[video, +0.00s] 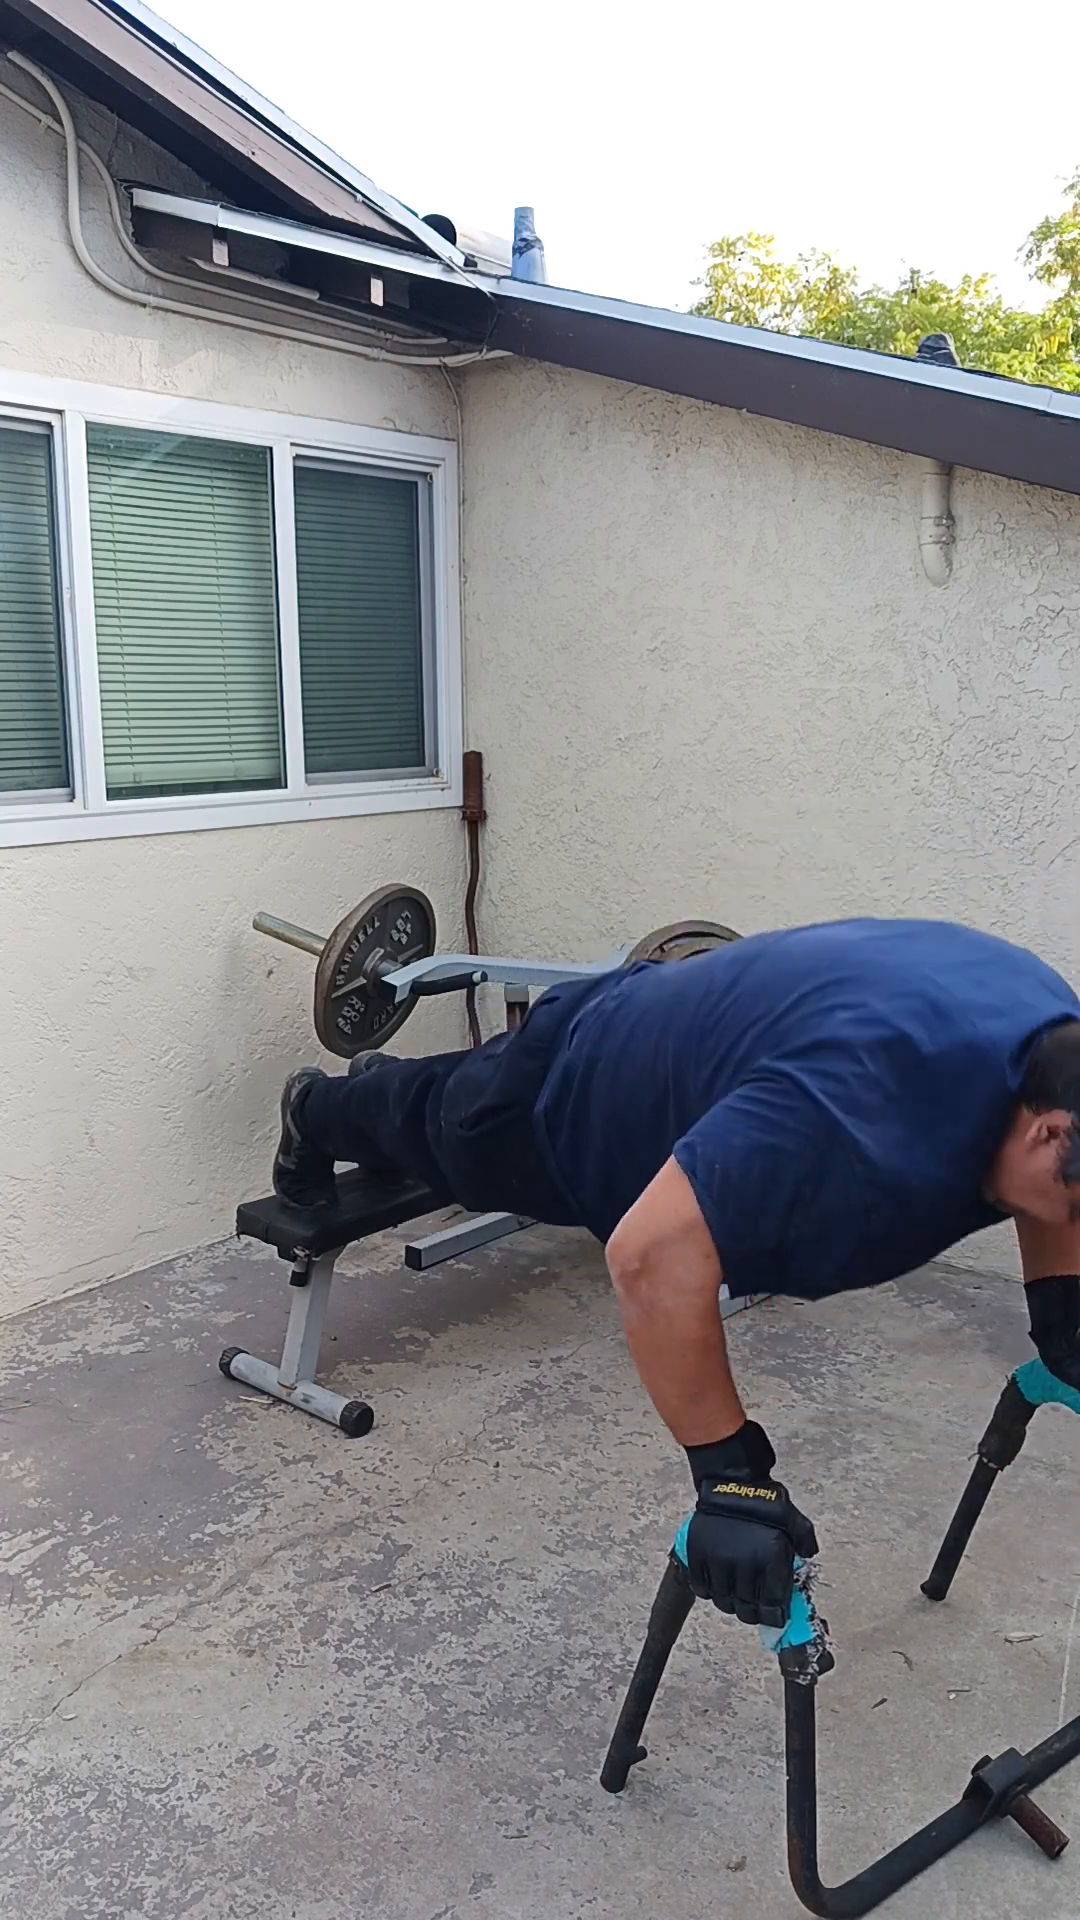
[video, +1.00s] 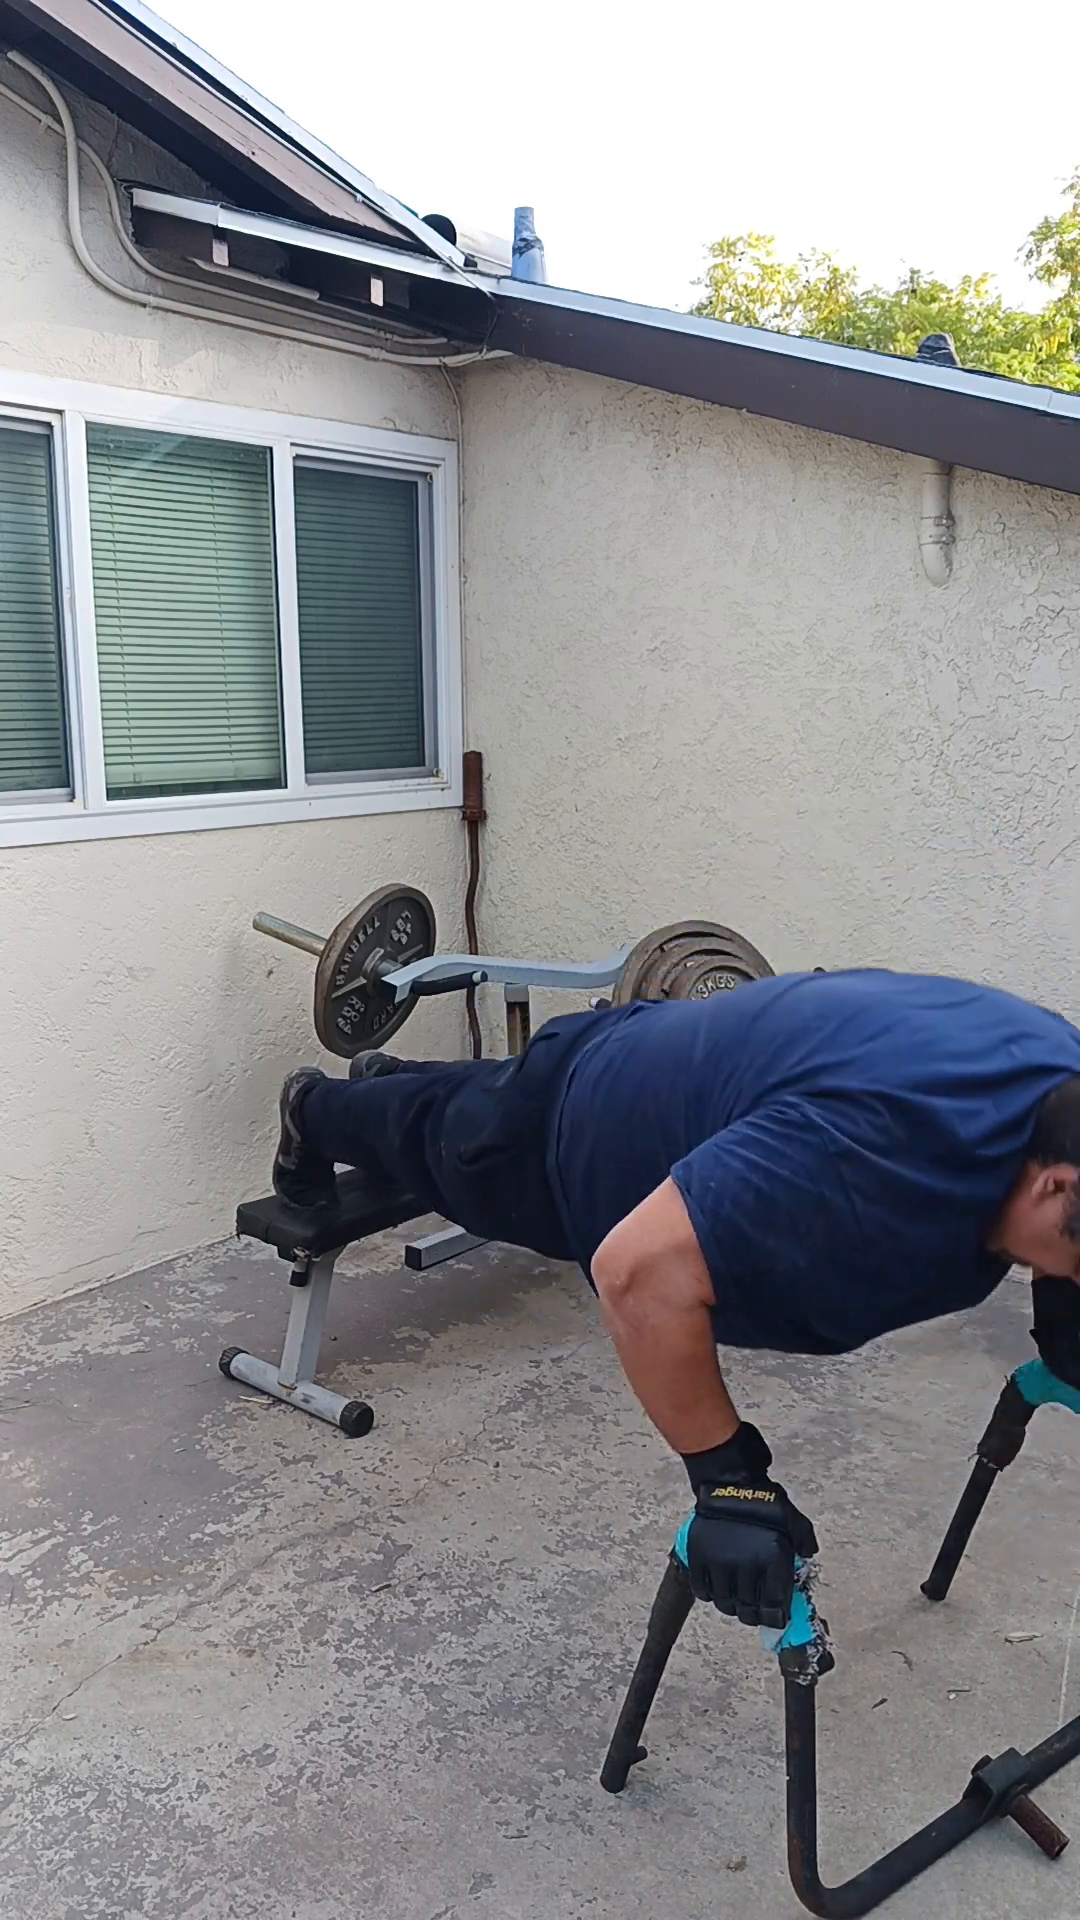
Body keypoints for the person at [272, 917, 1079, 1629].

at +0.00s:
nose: (1062, 1212)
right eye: (1073, 1188)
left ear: (1054, 1135)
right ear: (1045, 1140)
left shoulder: (1050, 1036)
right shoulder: (842, 1116)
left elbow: (1048, 1182)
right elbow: (653, 1260)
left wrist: (1058, 1304)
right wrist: (731, 1477)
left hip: (714, 993)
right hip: (599, 1071)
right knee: (439, 1113)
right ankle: (318, 1107)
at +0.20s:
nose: (1047, 1398)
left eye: (1065, 1392)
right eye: (1062, 1381)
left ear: (1069, 1313)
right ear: (1053, 1322)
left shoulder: (1077, 1144)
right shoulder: (891, 1262)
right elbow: (635, 1279)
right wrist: (730, 1481)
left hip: (717, 1078)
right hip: (601, 1150)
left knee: (530, 1101)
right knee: (442, 1136)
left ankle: (394, 1084)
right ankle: (319, 1104)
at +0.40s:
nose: (1045, 1534)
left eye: (1059, 1530)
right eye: (1062, 1525)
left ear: (1066, 1475)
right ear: (1058, 1476)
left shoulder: (1079, 1247)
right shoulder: (923, 1361)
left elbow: (1057, 1130)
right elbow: (667, 1271)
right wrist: (731, 1482)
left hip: (709, 1139)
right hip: (600, 1211)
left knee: (535, 1127)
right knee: (445, 1176)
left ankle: (391, 1084)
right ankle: (319, 1107)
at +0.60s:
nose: (1034, 1574)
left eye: (1050, 1575)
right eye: (1052, 1567)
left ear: (1058, 1504)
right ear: (1053, 1512)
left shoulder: (1078, 1270)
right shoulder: (929, 1383)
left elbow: (1057, 1131)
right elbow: (684, 1272)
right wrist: (733, 1487)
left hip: (712, 1156)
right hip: (618, 1222)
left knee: (537, 1144)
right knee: (451, 1190)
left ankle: (396, 1084)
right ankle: (324, 1108)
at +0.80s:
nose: (1045, 1450)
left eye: (1062, 1444)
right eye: (1066, 1438)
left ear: (1068, 1375)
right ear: (1063, 1381)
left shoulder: (1073, 1186)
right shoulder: (909, 1283)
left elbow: (1057, 1132)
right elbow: (647, 1284)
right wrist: (729, 1485)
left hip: (701, 1106)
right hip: (596, 1192)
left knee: (534, 1123)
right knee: (446, 1164)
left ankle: (392, 1083)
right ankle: (319, 1108)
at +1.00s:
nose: (1050, 1281)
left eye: (1066, 1274)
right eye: (1064, 1260)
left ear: (1062, 1181)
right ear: (1050, 1190)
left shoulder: (1059, 1078)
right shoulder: (873, 1151)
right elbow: (637, 1276)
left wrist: (1057, 1303)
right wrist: (731, 1481)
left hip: (705, 1033)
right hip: (593, 1113)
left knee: (503, 1104)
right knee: (444, 1122)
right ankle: (316, 1111)